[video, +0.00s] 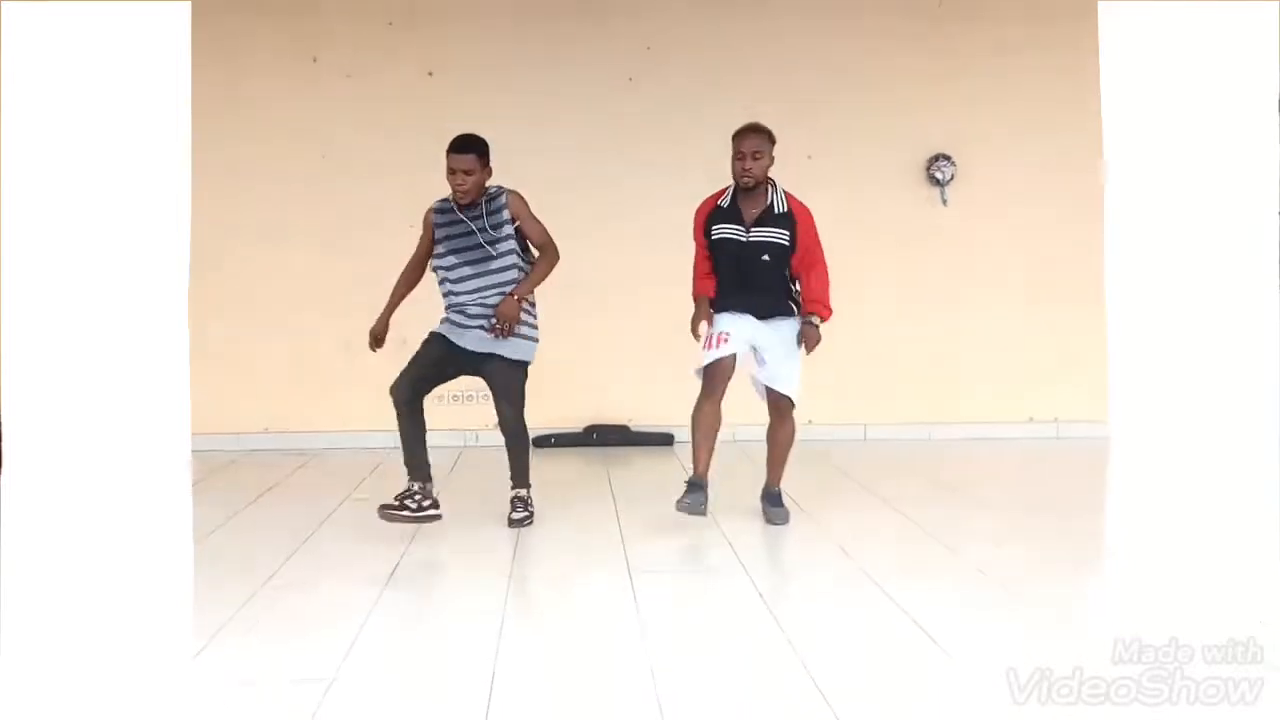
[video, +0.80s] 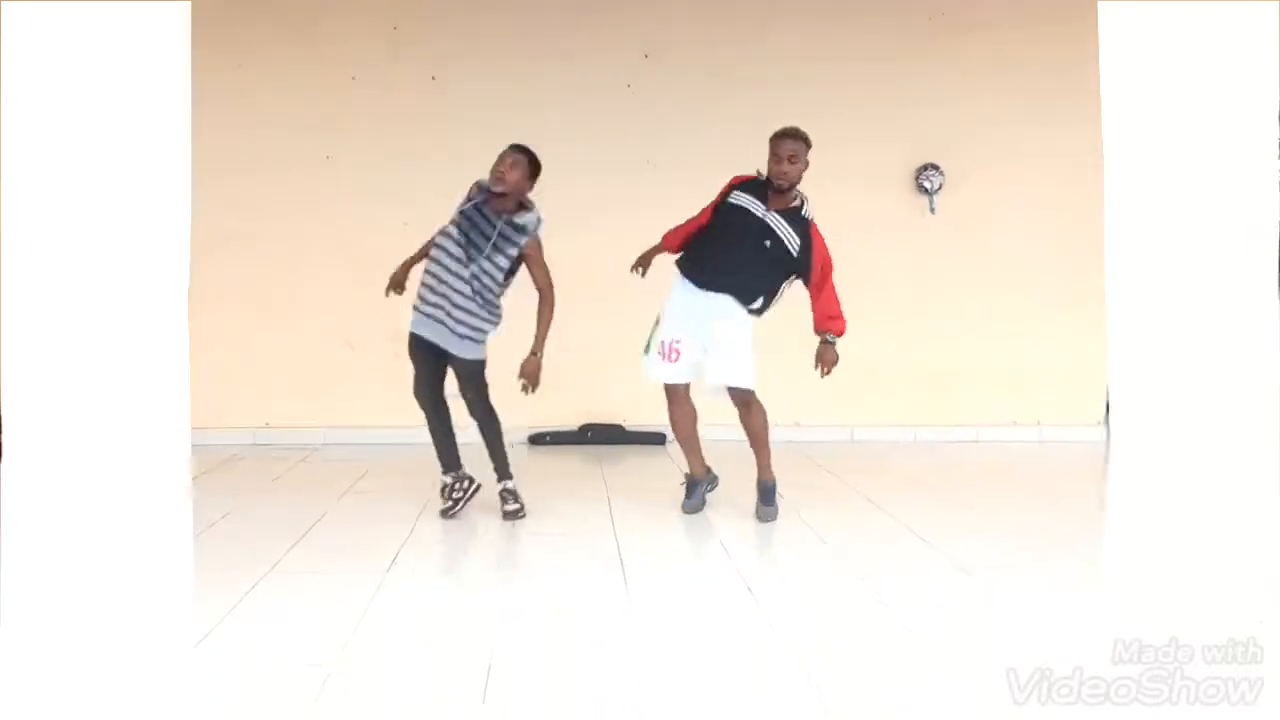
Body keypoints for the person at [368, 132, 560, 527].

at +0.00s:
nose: (458, 181)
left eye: (467, 173)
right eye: (452, 173)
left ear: (486, 171)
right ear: (446, 171)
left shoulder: (508, 203)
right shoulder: (436, 216)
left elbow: (550, 253)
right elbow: (415, 267)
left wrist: (516, 297)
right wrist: (385, 316)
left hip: (508, 333)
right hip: (457, 329)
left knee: (510, 417)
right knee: (404, 392)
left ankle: (520, 493)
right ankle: (421, 492)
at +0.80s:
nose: (501, 168)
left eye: (513, 166)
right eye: (500, 162)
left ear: (529, 183)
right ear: (494, 170)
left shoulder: (524, 231)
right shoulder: (476, 195)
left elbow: (546, 293)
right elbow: (446, 235)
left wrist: (536, 353)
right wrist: (406, 266)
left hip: (467, 330)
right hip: (428, 316)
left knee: (478, 403)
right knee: (427, 396)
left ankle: (505, 484)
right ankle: (455, 478)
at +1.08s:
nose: (511, 175)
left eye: (520, 175)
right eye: (506, 173)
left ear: (532, 196)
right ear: (496, 191)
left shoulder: (540, 232)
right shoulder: (477, 229)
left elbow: (536, 288)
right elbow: (442, 279)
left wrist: (527, 335)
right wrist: (383, 286)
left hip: (485, 324)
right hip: (438, 319)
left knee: (494, 406)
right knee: (428, 406)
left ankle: (523, 479)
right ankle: (465, 481)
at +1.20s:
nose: (481, 164)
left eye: (489, 163)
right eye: (475, 165)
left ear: (505, 182)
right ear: (469, 188)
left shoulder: (524, 212)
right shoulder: (463, 227)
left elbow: (537, 258)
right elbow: (431, 281)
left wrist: (536, 291)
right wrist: (372, 297)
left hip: (499, 311)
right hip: (449, 317)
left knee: (514, 392)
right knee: (443, 398)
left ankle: (530, 470)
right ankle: (467, 474)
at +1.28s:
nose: (456, 162)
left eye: (462, 158)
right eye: (449, 163)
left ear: (479, 173)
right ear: (446, 186)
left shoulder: (510, 196)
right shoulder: (450, 227)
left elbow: (538, 231)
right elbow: (421, 287)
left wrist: (547, 251)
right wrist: (366, 310)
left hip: (519, 297)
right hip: (468, 310)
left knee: (531, 386)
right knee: (461, 392)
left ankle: (533, 467)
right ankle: (469, 469)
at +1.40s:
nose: (442, 155)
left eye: (447, 152)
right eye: (434, 158)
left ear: (466, 163)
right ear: (436, 184)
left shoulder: (502, 181)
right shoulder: (450, 227)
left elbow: (543, 208)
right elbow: (427, 290)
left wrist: (559, 223)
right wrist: (383, 315)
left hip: (541, 289)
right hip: (494, 304)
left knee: (548, 383)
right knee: (484, 388)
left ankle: (541, 463)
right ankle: (481, 465)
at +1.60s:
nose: (424, 133)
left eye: (431, 125)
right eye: (416, 134)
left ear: (452, 133)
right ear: (417, 153)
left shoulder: (481, 143)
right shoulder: (439, 199)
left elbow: (542, 154)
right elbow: (445, 260)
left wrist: (549, 183)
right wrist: (438, 295)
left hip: (548, 265)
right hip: (504, 279)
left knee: (550, 359)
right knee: (489, 361)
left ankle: (540, 445)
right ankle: (486, 447)